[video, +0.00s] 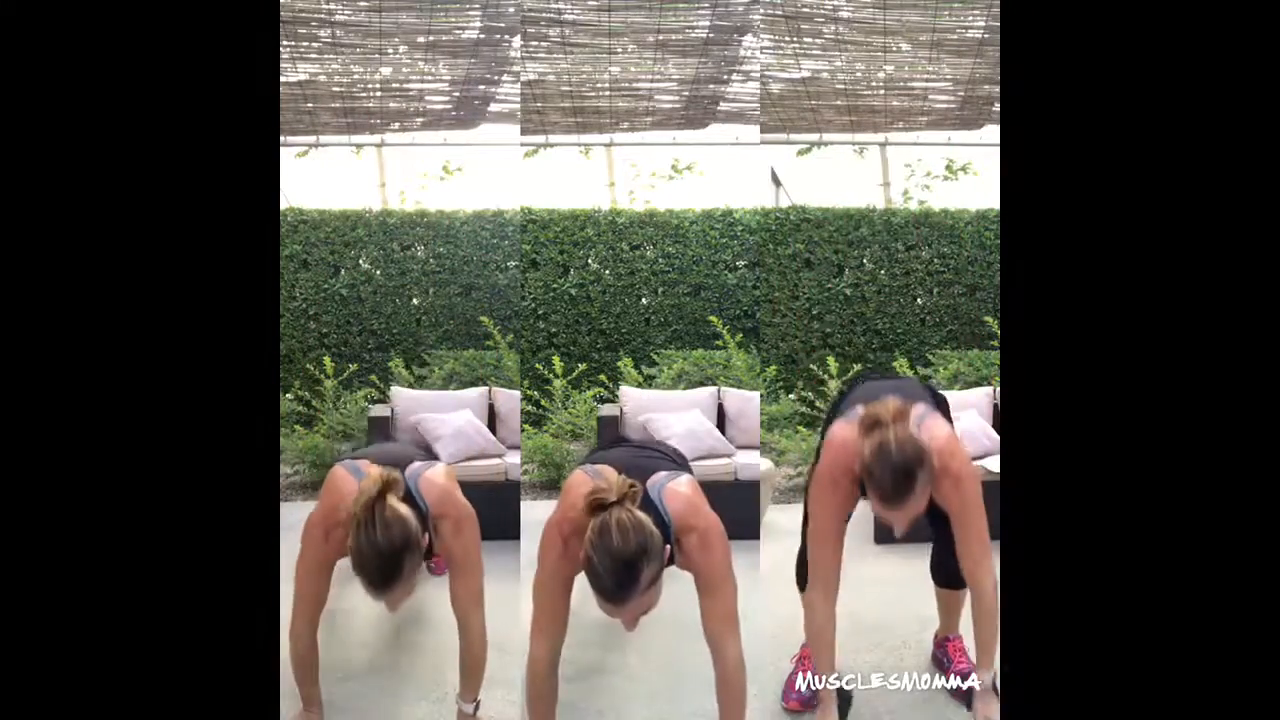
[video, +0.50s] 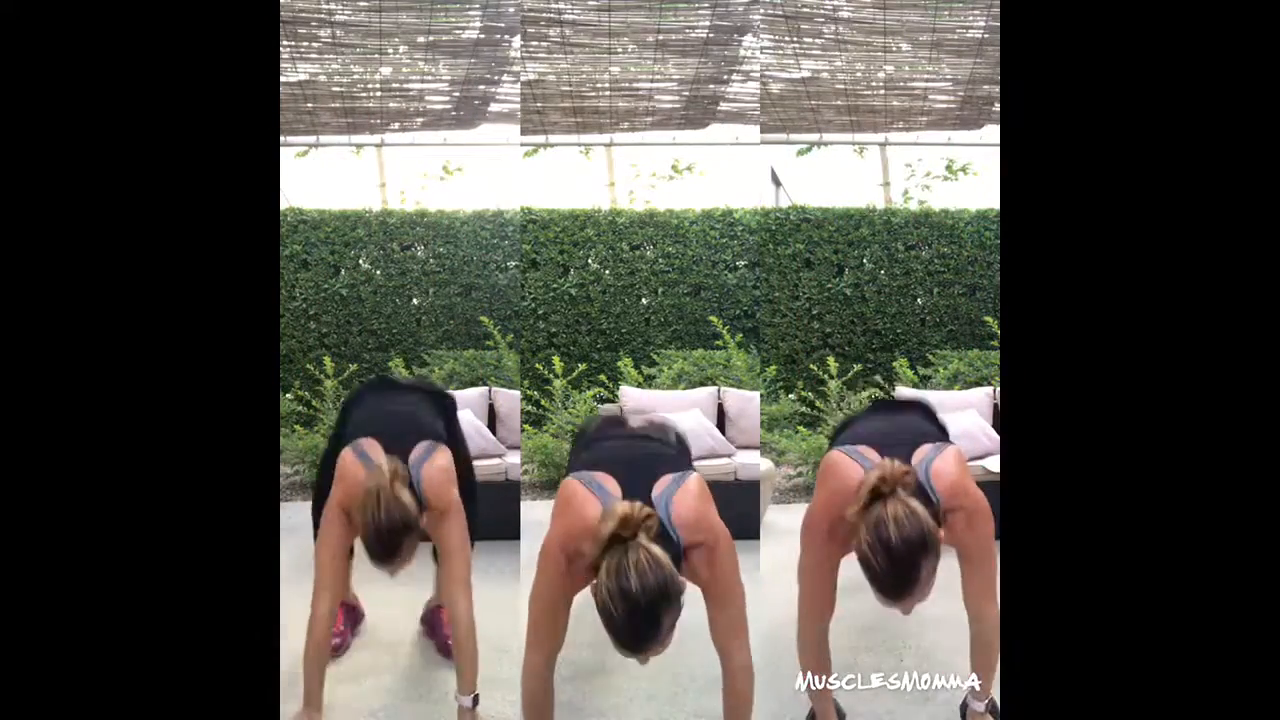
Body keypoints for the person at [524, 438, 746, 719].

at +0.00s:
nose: (629, 627)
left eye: (643, 612)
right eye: (614, 615)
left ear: (666, 558)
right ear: (585, 558)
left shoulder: (699, 527)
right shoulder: (564, 527)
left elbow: (726, 650)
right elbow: (543, 653)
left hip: (671, 462)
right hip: (597, 463)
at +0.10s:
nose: (630, 628)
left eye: (646, 612)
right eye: (613, 616)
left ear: (667, 557)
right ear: (587, 561)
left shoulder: (699, 527)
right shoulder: (563, 529)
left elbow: (724, 653)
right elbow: (543, 654)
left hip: (670, 461)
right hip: (596, 461)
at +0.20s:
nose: (633, 629)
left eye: (649, 614)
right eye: (616, 617)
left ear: (670, 557)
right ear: (591, 562)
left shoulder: (703, 529)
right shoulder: (562, 532)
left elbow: (726, 650)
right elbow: (544, 653)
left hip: (667, 466)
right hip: (595, 466)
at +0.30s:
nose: (636, 631)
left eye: (652, 613)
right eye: (619, 618)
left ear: (672, 559)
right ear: (592, 565)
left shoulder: (703, 528)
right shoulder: (563, 532)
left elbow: (727, 647)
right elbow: (543, 653)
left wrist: (733, 717)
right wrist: (541, 716)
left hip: (669, 472)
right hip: (592, 472)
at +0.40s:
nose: (638, 639)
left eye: (652, 631)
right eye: (623, 633)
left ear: (674, 566)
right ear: (591, 570)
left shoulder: (707, 534)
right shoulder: (564, 534)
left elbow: (734, 653)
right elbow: (539, 655)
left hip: (671, 474)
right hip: (594, 473)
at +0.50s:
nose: (648, 661)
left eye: (659, 650)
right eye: (636, 656)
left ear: (681, 587)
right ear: (595, 589)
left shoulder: (709, 539)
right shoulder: (565, 544)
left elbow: (737, 662)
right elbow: (538, 663)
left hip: (670, 444)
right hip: (594, 443)